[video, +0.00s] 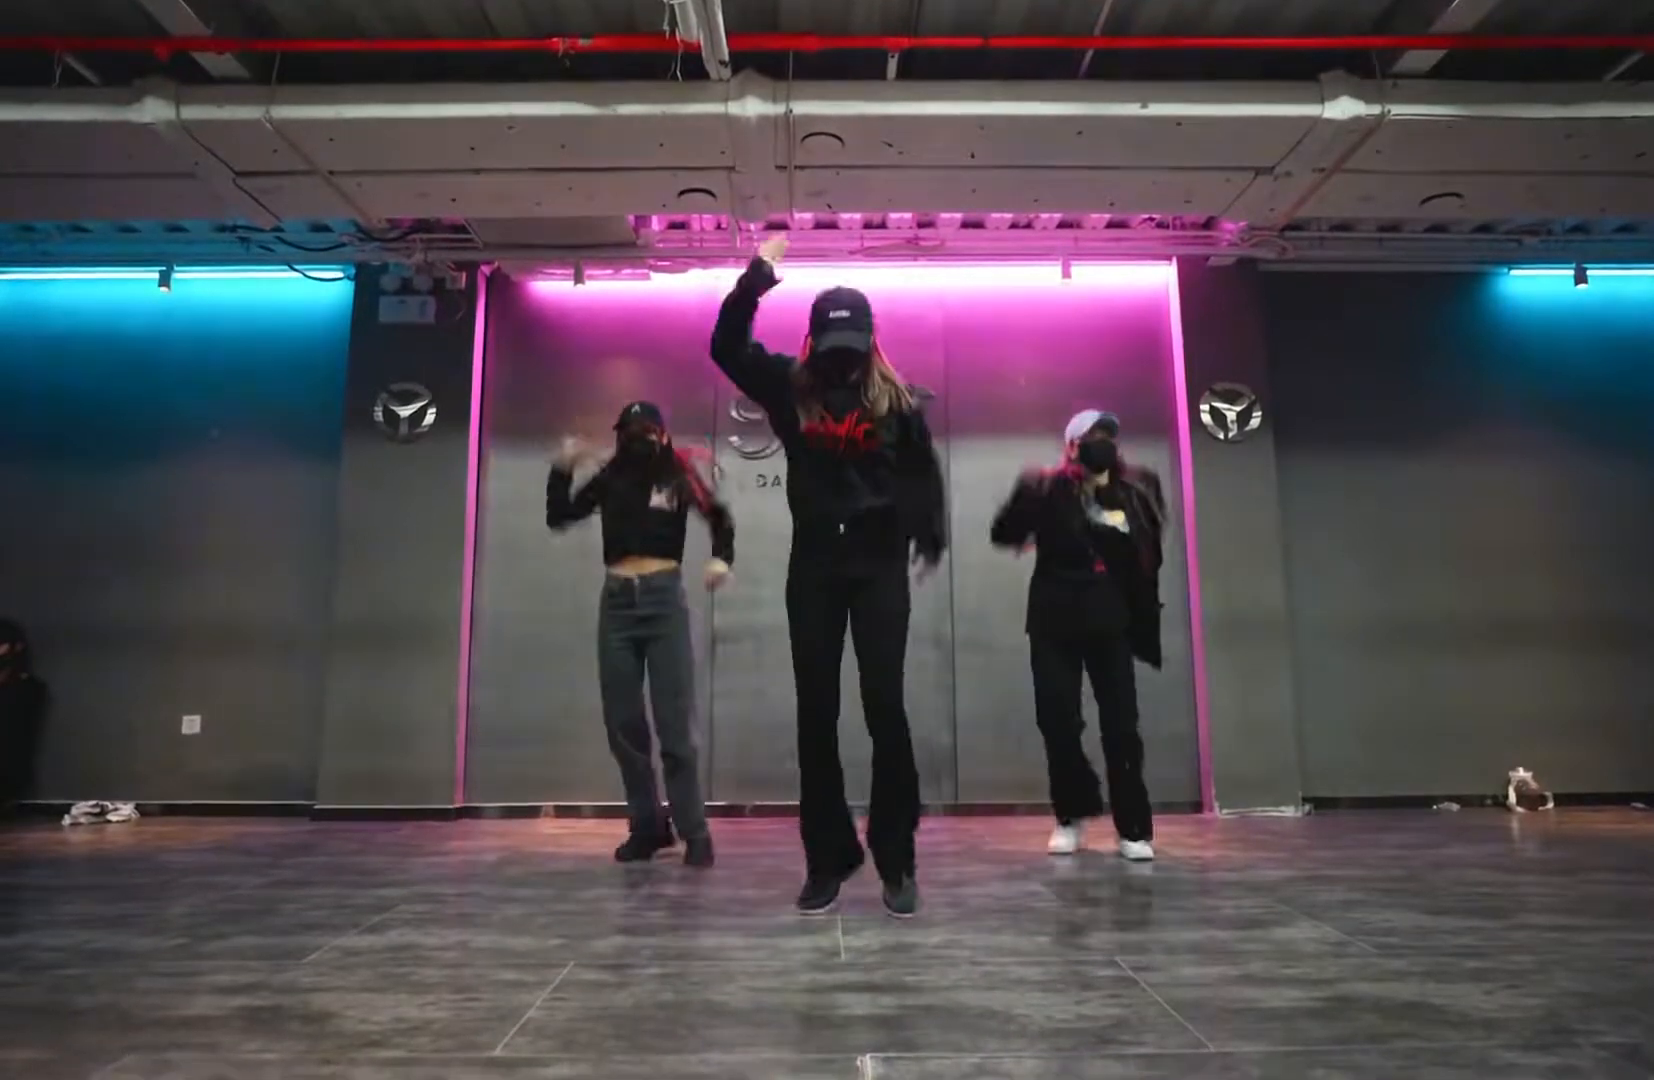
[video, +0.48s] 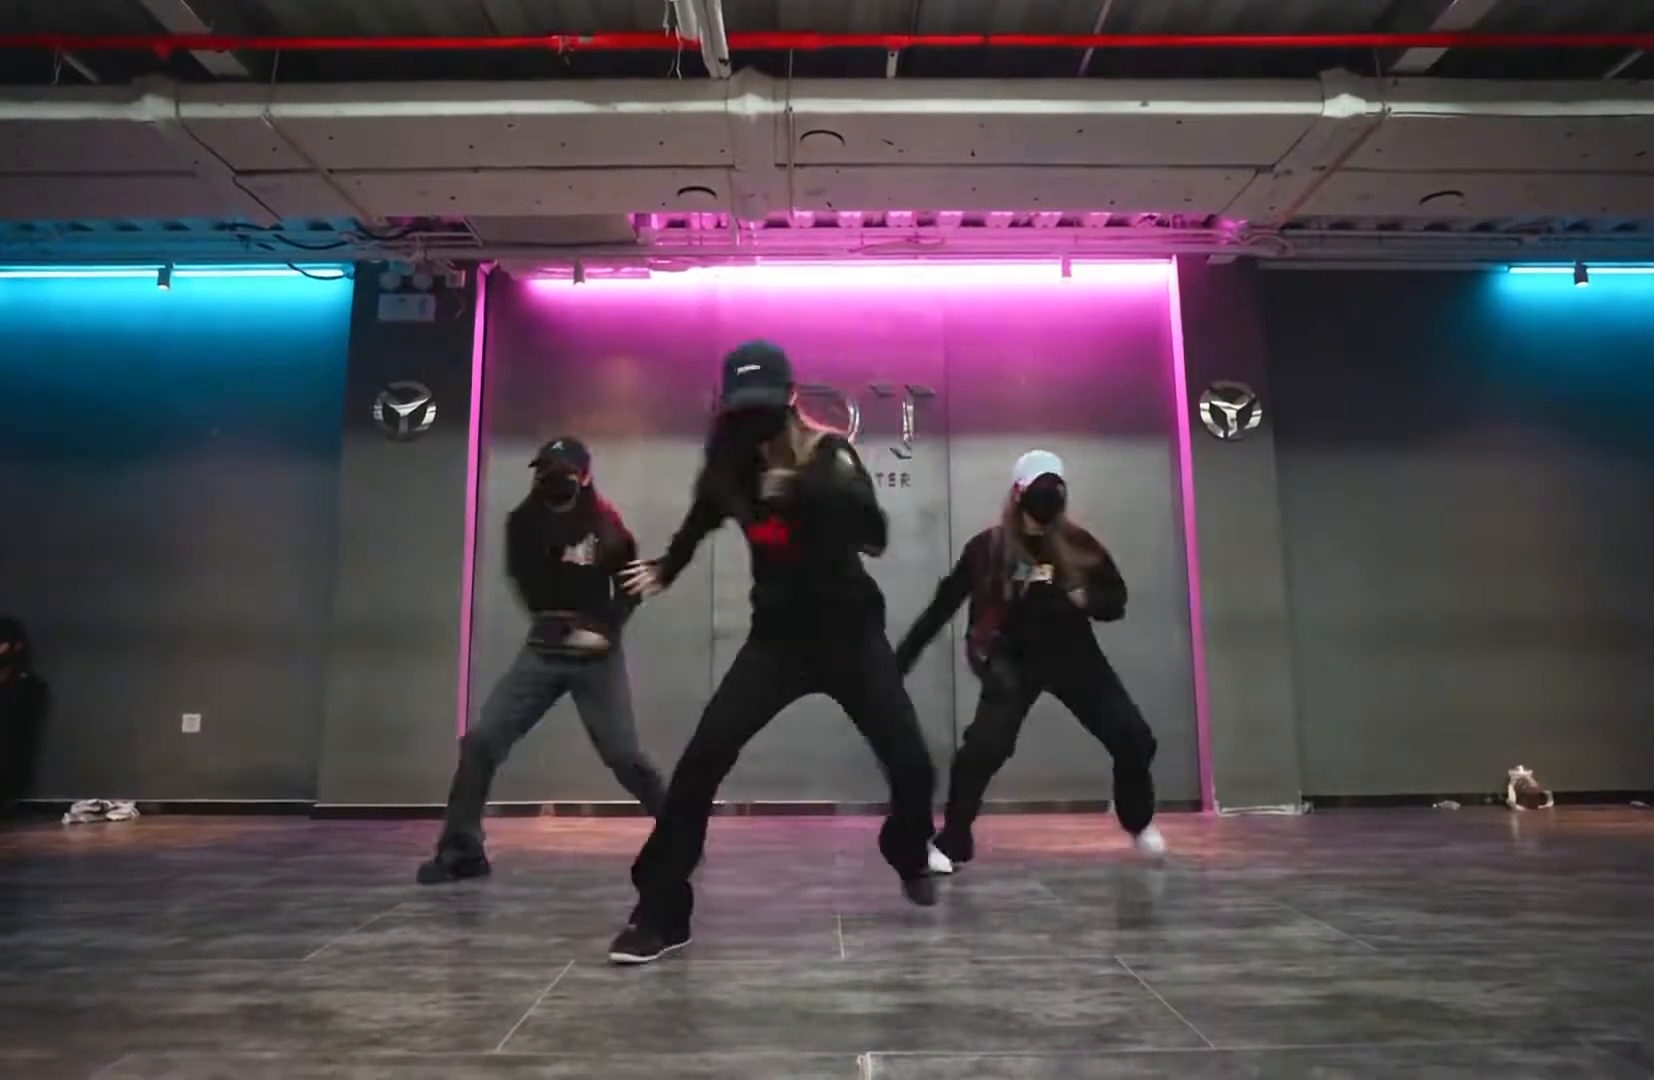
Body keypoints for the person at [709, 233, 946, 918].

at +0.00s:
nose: (844, 362)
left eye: (854, 351)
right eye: (833, 350)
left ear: (871, 345)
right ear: (813, 344)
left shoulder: (894, 402)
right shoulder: (789, 390)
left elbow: (923, 476)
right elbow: (729, 346)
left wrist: (927, 532)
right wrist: (758, 274)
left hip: (881, 568)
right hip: (814, 568)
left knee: (885, 710)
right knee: (816, 715)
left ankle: (896, 858)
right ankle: (828, 859)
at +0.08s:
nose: (843, 389)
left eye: (853, 378)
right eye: (833, 379)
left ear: (872, 374)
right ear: (816, 374)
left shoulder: (903, 429)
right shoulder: (789, 421)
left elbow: (964, 458)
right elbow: (729, 377)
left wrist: (969, 515)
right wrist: (755, 315)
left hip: (879, 600)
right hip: (812, 598)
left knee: (884, 743)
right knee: (801, 746)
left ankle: (900, 875)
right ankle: (833, 870)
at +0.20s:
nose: (842, 428)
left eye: (854, 415)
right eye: (831, 416)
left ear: (873, 411)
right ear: (814, 413)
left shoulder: (897, 475)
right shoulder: (786, 463)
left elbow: (927, 551)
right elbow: (725, 475)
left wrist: (902, 475)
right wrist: (743, 425)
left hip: (879, 641)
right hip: (812, 637)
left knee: (882, 770)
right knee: (749, 727)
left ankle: (901, 880)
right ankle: (781, 846)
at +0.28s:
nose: (824, 426)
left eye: (836, 414)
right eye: (814, 414)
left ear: (856, 410)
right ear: (801, 411)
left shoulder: (868, 472)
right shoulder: (792, 467)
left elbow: (885, 567)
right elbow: (762, 543)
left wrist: (886, 655)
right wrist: (730, 525)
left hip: (872, 643)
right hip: (806, 642)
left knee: (880, 774)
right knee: (727, 744)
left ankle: (902, 883)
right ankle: (696, 897)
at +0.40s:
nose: (764, 430)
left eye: (774, 416)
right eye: (754, 418)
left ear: (798, 406)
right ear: (742, 416)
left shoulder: (832, 454)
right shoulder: (761, 466)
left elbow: (836, 526)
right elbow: (742, 522)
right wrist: (699, 554)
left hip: (863, 637)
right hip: (796, 636)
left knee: (881, 768)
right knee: (718, 757)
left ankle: (903, 876)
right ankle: (665, 913)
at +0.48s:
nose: (753, 427)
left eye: (764, 413)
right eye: (741, 415)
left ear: (789, 402)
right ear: (725, 412)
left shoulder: (831, 457)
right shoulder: (727, 464)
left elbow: (875, 535)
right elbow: (703, 515)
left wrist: (808, 490)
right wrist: (669, 562)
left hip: (850, 639)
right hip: (777, 641)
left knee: (915, 767)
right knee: (702, 760)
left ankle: (909, 852)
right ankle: (661, 915)